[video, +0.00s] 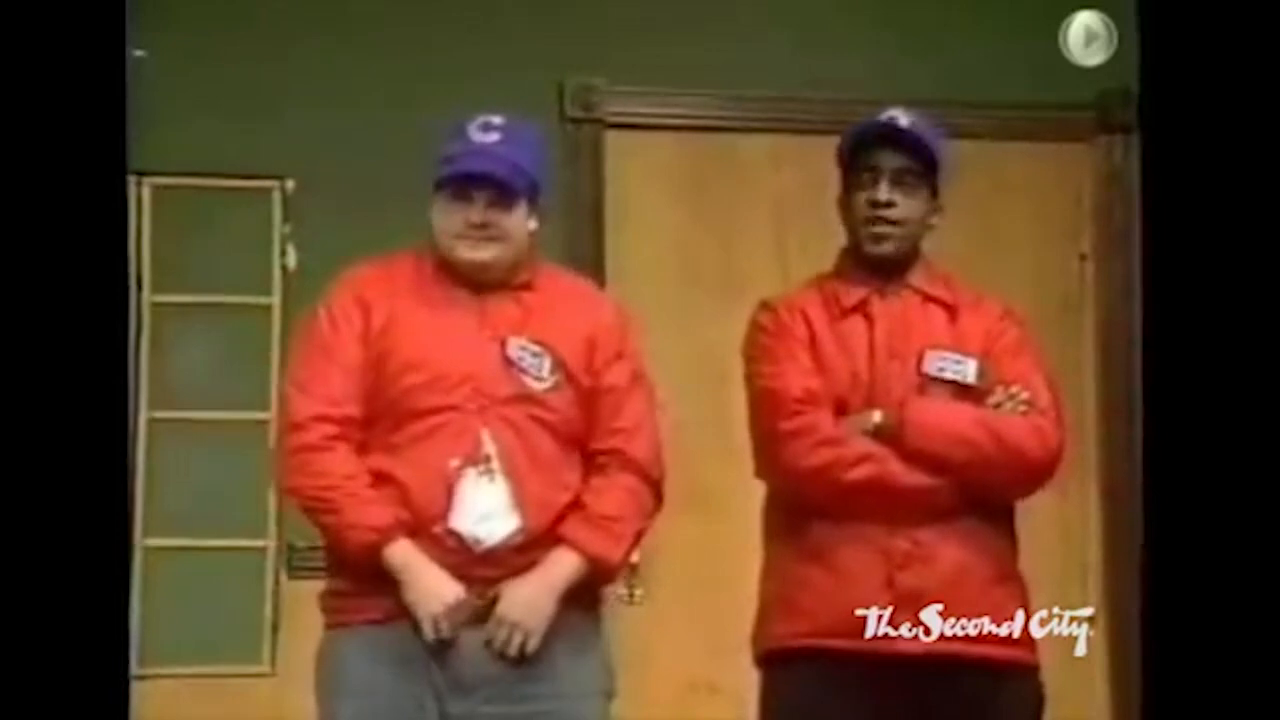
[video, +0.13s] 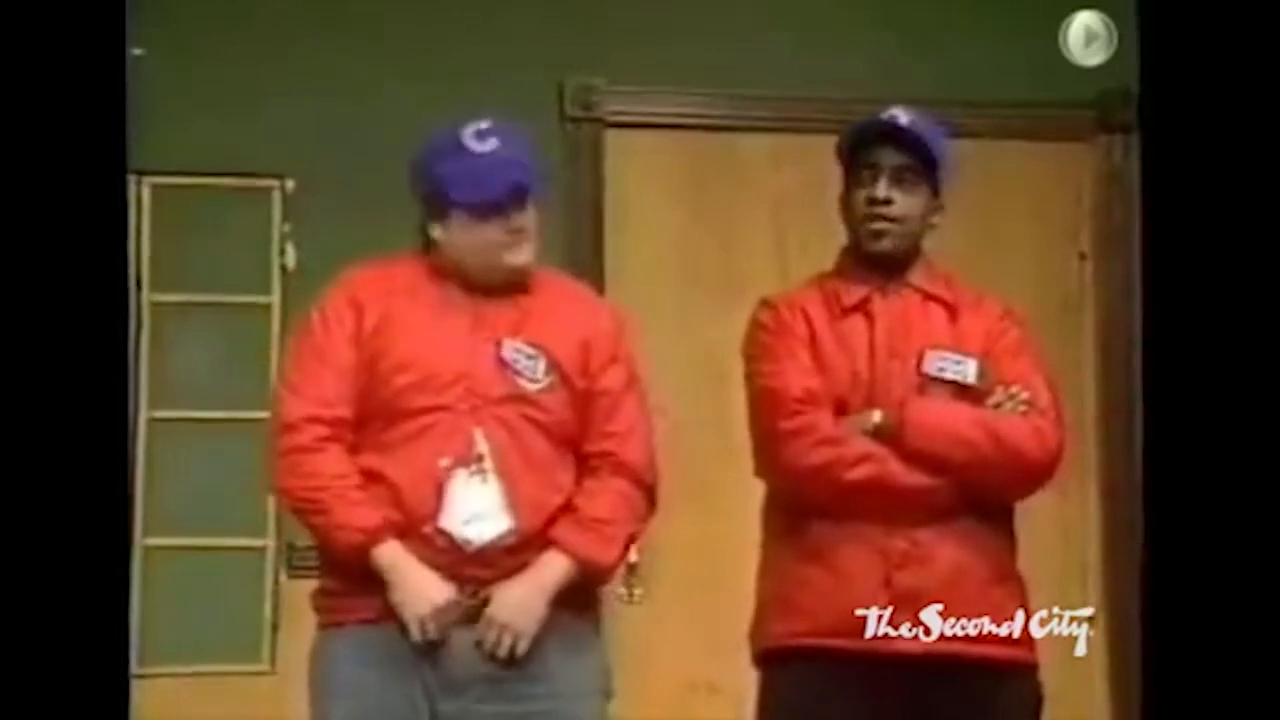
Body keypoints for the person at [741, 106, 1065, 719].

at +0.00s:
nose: (881, 198)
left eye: (904, 183)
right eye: (866, 181)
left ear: (933, 207)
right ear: (841, 201)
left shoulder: (989, 322)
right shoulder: (788, 319)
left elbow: (1035, 448)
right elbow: (797, 459)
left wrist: (891, 423)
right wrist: (973, 462)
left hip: (974, 646)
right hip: (825, 646)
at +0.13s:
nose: (879, 195)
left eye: (902, 180)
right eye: (865, 178)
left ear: (933, 205)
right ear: (842, 200)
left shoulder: (989, 321)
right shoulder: (788, 317)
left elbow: (1034, 449)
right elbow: (797, 458)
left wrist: (890, 422)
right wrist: (972, 462)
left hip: (973, 646)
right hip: (823, 645)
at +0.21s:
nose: (879, 195)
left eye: (902, 180)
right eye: (864, 178)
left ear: (933, 205)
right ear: (842, 199)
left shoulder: (990, 320)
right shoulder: (788, 316)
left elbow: (1033, 450)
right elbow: (797, 459)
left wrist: (889, 421)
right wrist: (971, 464)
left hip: (973, 648)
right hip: (823, 646)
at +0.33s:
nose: (877, 194)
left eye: (901, 179)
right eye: (863, 177)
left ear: (933, 204)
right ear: (842, 197)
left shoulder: (990, 321)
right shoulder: (788, 317)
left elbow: (1035, 458)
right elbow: (796, 457)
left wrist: (905, 411)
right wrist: (968, 470)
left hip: (974, 648)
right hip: (823, 646)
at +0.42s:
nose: (872, 188)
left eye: (896, 172)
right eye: (859, 171)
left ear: (932, 196)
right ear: (840, 191)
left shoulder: (993, 317)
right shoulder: (787, 318)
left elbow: (1023, 462)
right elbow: (785, 459)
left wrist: (965, 364)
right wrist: (948, 463)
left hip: (972, 647)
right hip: (823, 648)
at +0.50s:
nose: (863, 186)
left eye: (888, 170)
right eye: (853, 170)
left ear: (932, 193)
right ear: (838, 187)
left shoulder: (986, 305)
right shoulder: (787, 316)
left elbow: (1014, 444)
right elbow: (780, 459)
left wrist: (952, 323)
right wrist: (940, 456)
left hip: (973, 644)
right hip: (822, 648)